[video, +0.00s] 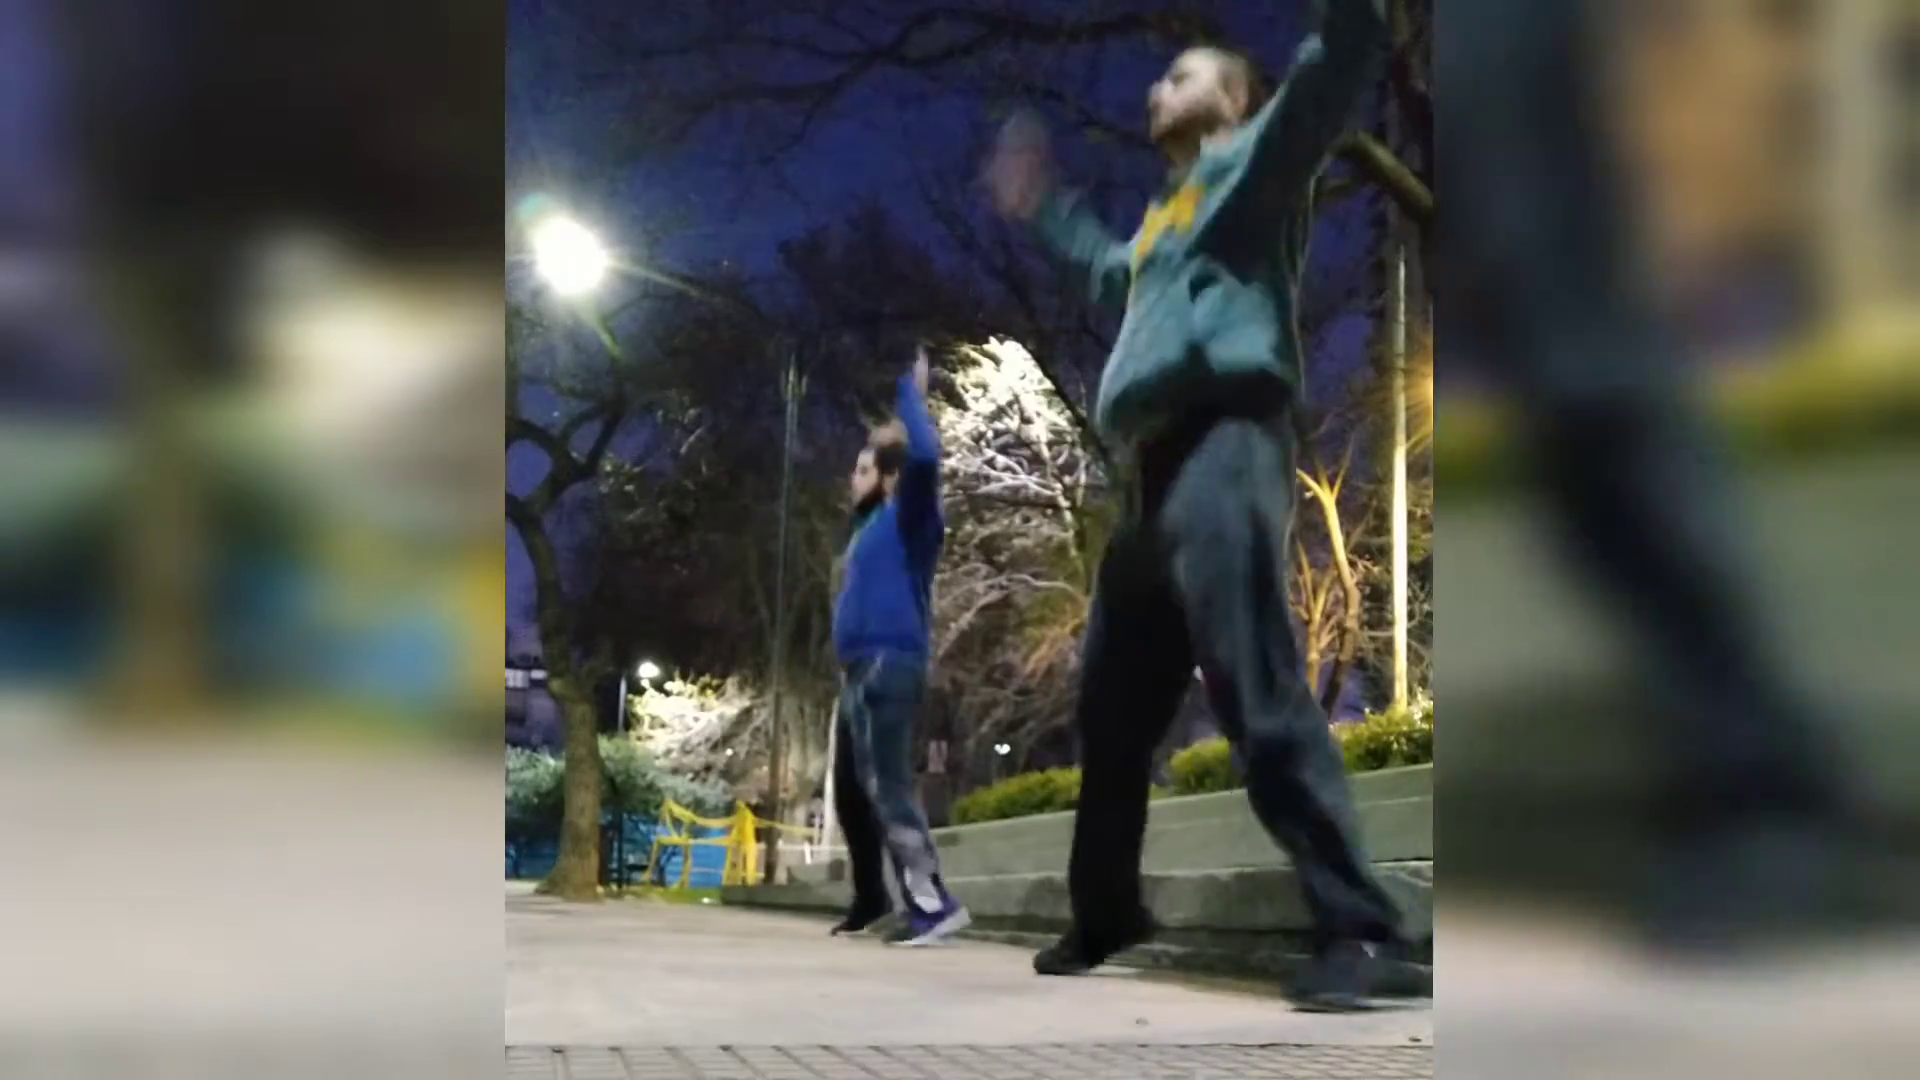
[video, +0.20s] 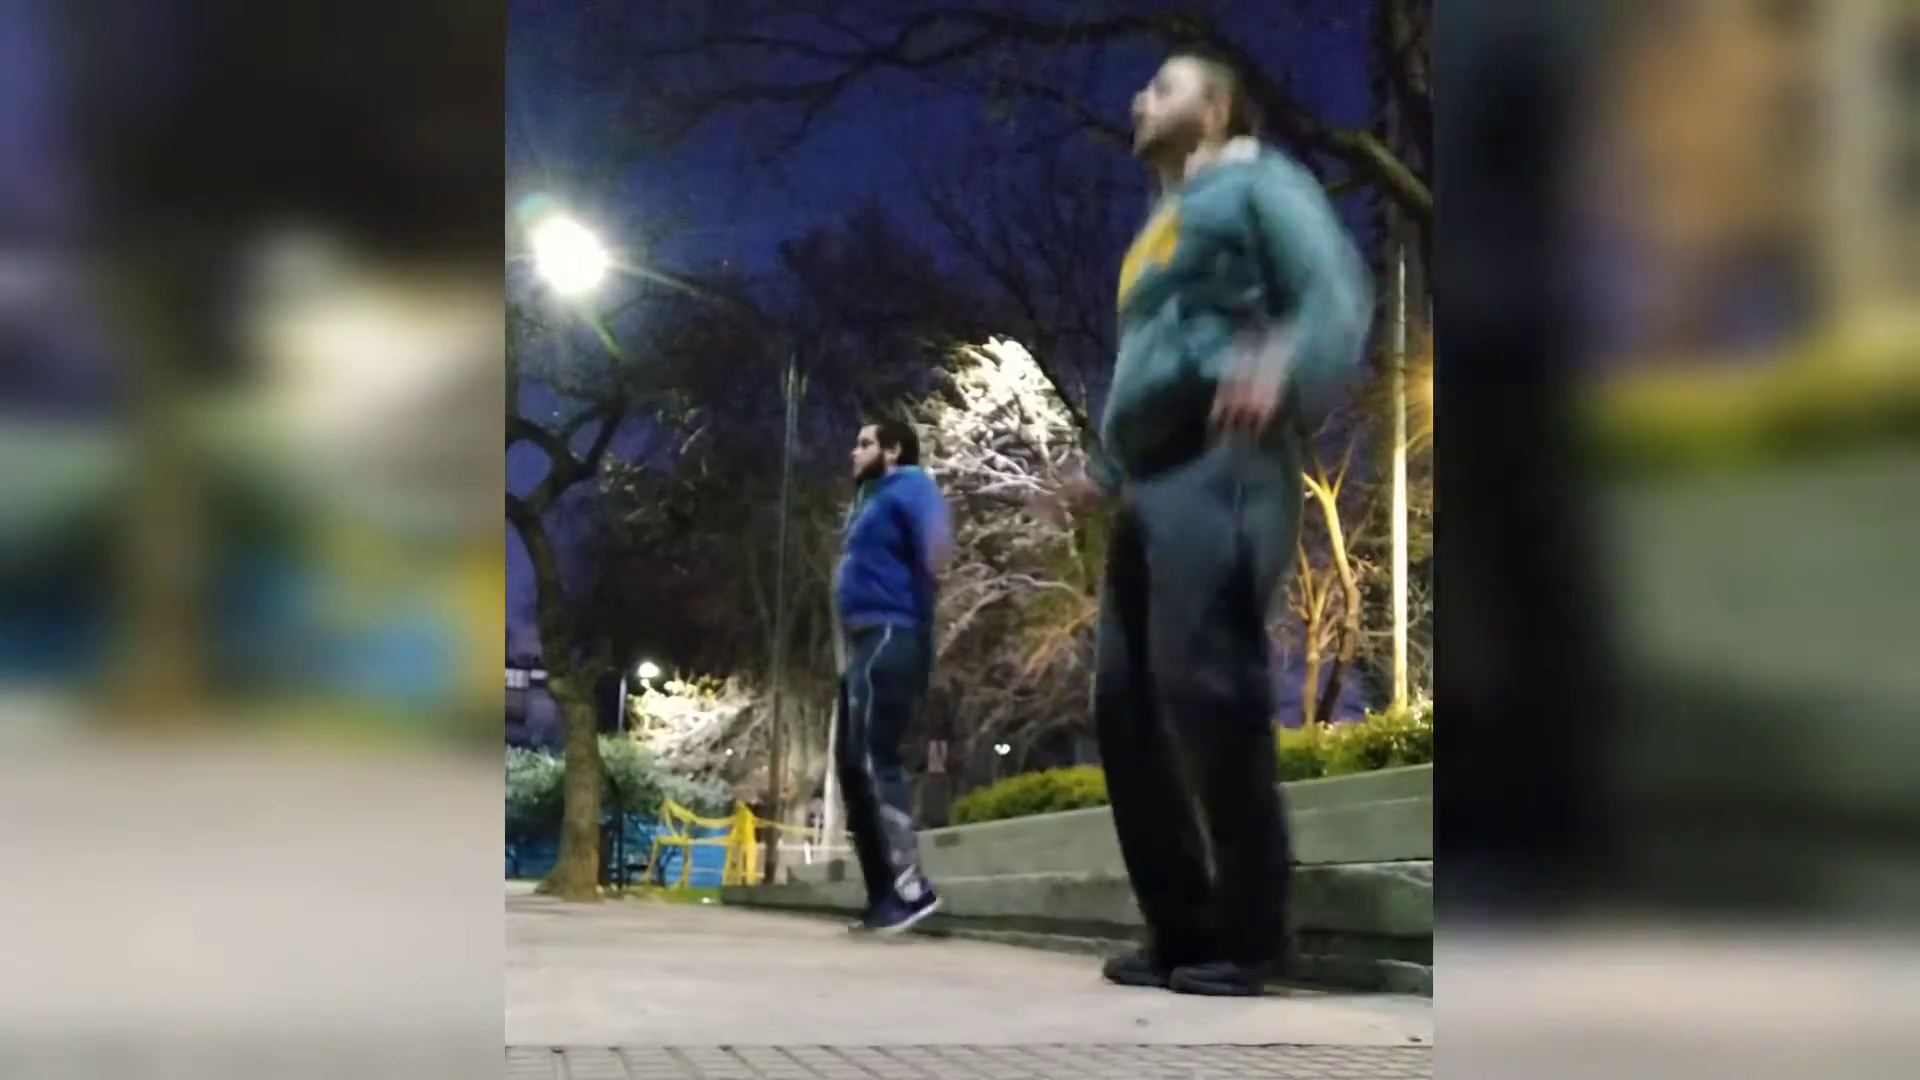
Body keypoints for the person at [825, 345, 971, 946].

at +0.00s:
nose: (852, 475)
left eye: (861, 467)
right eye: (855, 467)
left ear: (886, 474)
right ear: (872, 477)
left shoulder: (908, 517)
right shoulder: (866, 527)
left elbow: (924, 458)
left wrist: (913, 395)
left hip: (892, 656)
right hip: (857, 659)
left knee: (888, 786)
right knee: (854, 790)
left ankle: (932, 904)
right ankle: (879, 897)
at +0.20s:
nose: (855, 452)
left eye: (865, 444)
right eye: (856, 444)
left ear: (893, 451)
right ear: (876, 453)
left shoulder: (911, 485)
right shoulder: (869, 498)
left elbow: (935, 551)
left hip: (894, 631)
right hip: (862, 635)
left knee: (873, 755)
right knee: (852, 763)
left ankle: (909, 885)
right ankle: (883, 892)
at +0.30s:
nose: (853, 486)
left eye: (863, 478)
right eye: (855, 477)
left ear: (890, 484)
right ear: (885, 486)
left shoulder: (908, 526)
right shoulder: (881, 532)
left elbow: (921, 593)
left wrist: (921, 658)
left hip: (891, 671)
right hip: (869, 671)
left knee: (861, 791)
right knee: (850, 793)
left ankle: (912, 909)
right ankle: (896, 906)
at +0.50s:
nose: (867, 447)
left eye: (877, 438)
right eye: (869, 438)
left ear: (905, 449)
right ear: (893, 451)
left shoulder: (915, 484)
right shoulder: (878, 499)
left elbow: (925, 506)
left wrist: (940, 485)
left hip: (892, 626)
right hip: (863, 630)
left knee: (883, 755)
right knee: (865, 764)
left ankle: (918, 882)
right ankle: (882, 893)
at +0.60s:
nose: (868, 443)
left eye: (877, 435)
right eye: (870, 436)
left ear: (906, 447)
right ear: (891, 452)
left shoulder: (918, 490)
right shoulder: (876, 500)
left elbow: (945, 454)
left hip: (893, 624)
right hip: (859, 628)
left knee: (891, 748)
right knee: (863, 759)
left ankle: (929, 874)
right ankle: (877, 879)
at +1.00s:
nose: (863, 453)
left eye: (873, 445)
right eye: (865, 445)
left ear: (901, 451)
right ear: (888, 454)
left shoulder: (919, 488)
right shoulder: (880, 496)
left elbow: (953, 479)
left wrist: (943, 430)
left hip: (895, 629)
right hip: (863, 630)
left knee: (887, 753)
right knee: (860, 761)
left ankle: (922, 881)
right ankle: (880, 886)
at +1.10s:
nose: (862, 452)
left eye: (872, 444)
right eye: (863, 443)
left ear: (900, 450)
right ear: (883, 452)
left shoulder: (918, 484)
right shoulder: (872, 495)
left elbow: (942, 547)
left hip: (897, 627)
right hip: (865, 630)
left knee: (872, 751)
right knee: (860, 755)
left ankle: (911, 883)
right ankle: (888, 886)